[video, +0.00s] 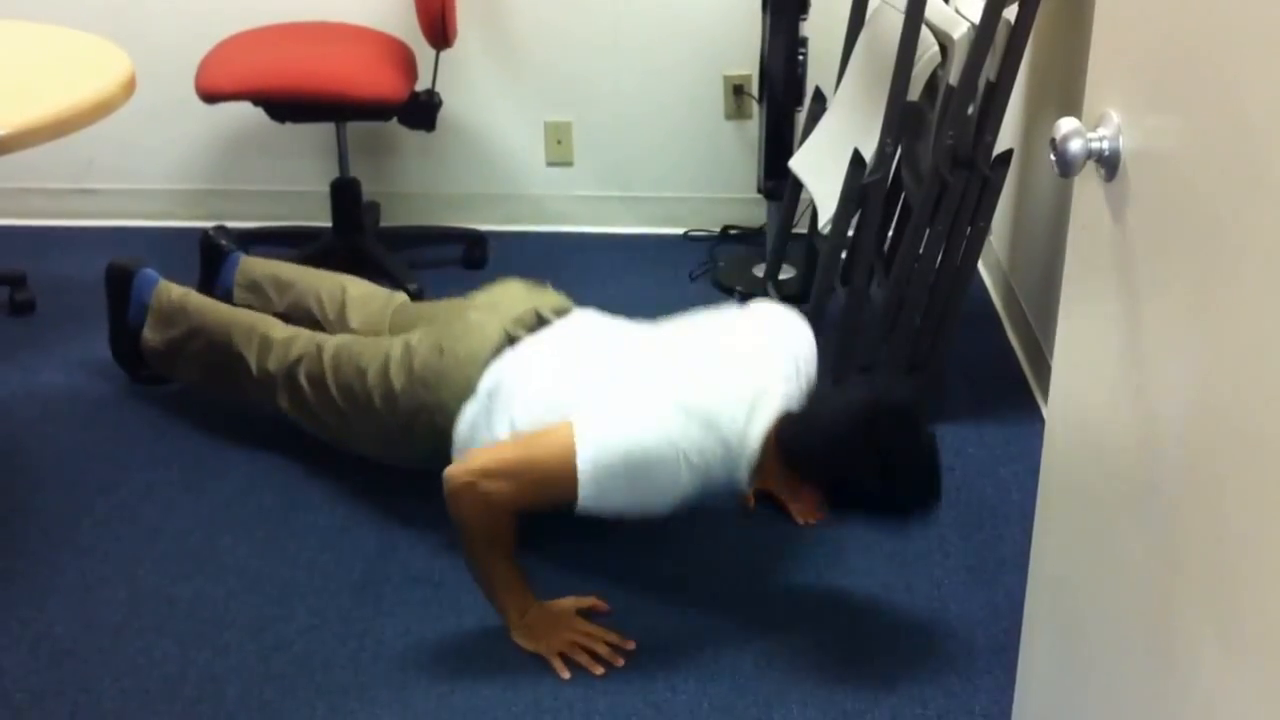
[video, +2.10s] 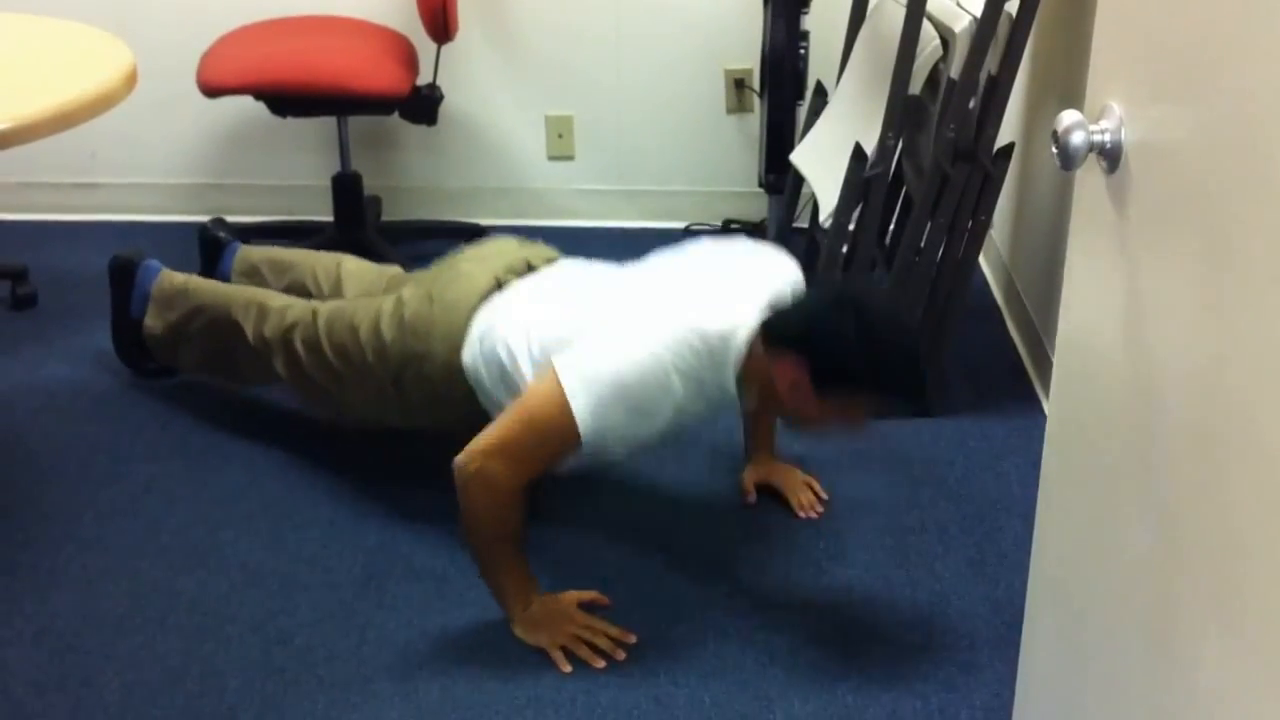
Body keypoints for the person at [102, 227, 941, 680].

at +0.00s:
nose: (825, 526)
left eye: (839, 518)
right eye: (833, 515)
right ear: (808, 487)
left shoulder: (787, 335)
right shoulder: (664, 454)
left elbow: (700, 327)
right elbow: (471, 487)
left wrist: (751, 458)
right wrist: (525, 615)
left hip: (535, 308)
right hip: (459, 390)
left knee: (390, 312)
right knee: (290, 365)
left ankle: (243, 268)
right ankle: (155, 315)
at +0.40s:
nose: (814, 427)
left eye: (825, 418)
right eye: (823, 419)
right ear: (801, 388)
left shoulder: (777, 285)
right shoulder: (656, 375)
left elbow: (761, 371)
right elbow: (479, 478)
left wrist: (756, 456)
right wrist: (525, 610)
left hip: (524, 272)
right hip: (464, 346)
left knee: (374, 290)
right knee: (290, 354)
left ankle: (237, 256)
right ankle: (154, 309)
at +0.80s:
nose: (825, 478)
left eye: (838, 475)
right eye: (834, 468)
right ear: (805, 433)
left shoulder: (781, 301)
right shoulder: (666, 411)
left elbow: (745, 371)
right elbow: (472, 475)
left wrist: (759, 450)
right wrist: (525, 611)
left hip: (531, 288)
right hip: (464, 369)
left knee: (377, 297)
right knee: (293, 354)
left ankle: (241, 258)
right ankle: (157, 310)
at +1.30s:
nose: (830, 395)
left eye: (848, 388)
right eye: (834, 380)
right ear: (789, 338)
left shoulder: (770, 244)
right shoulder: (643, 335)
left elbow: (763, 352)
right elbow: (496, 461)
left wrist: (760, 453)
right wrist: (526, 606)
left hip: (522, 247)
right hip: (461, 316)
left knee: (373, 277)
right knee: (291, 338)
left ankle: (237, 252)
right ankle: (152, 307)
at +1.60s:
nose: (843, 435)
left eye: (858, 426)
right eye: (845, 421)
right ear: (796, 376)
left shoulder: (780, 272)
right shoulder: (665, 371)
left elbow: (760, 361)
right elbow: (476, 471)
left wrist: (759, 449)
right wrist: (527, 607)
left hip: (526, 264)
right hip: (464, 341)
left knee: (373, 284)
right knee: (295, 347)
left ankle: (240, 255)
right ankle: (156, 313)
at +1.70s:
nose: (847, 535)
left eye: (863, 523)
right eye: (848, 519)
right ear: (808, 478)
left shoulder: (788, 334)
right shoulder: (668, 451)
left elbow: (705, 323)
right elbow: (472, 484)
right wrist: (525, 608)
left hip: (539, 305)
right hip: (465, 383)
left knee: (391, 308)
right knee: (293, 358)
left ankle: (246, 258)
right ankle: (156, 309)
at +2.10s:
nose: (847, 426)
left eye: (864, 417)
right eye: (852, 413)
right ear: (800, 372)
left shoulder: (777, 275)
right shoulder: (655, 366)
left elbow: (761, 359)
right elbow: (482, 473)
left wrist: (759, 453)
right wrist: (526, 606)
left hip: (524, 267)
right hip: (463, 340)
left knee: (376, 287)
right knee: (293, 344)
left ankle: (242, 255)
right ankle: (158, 309)